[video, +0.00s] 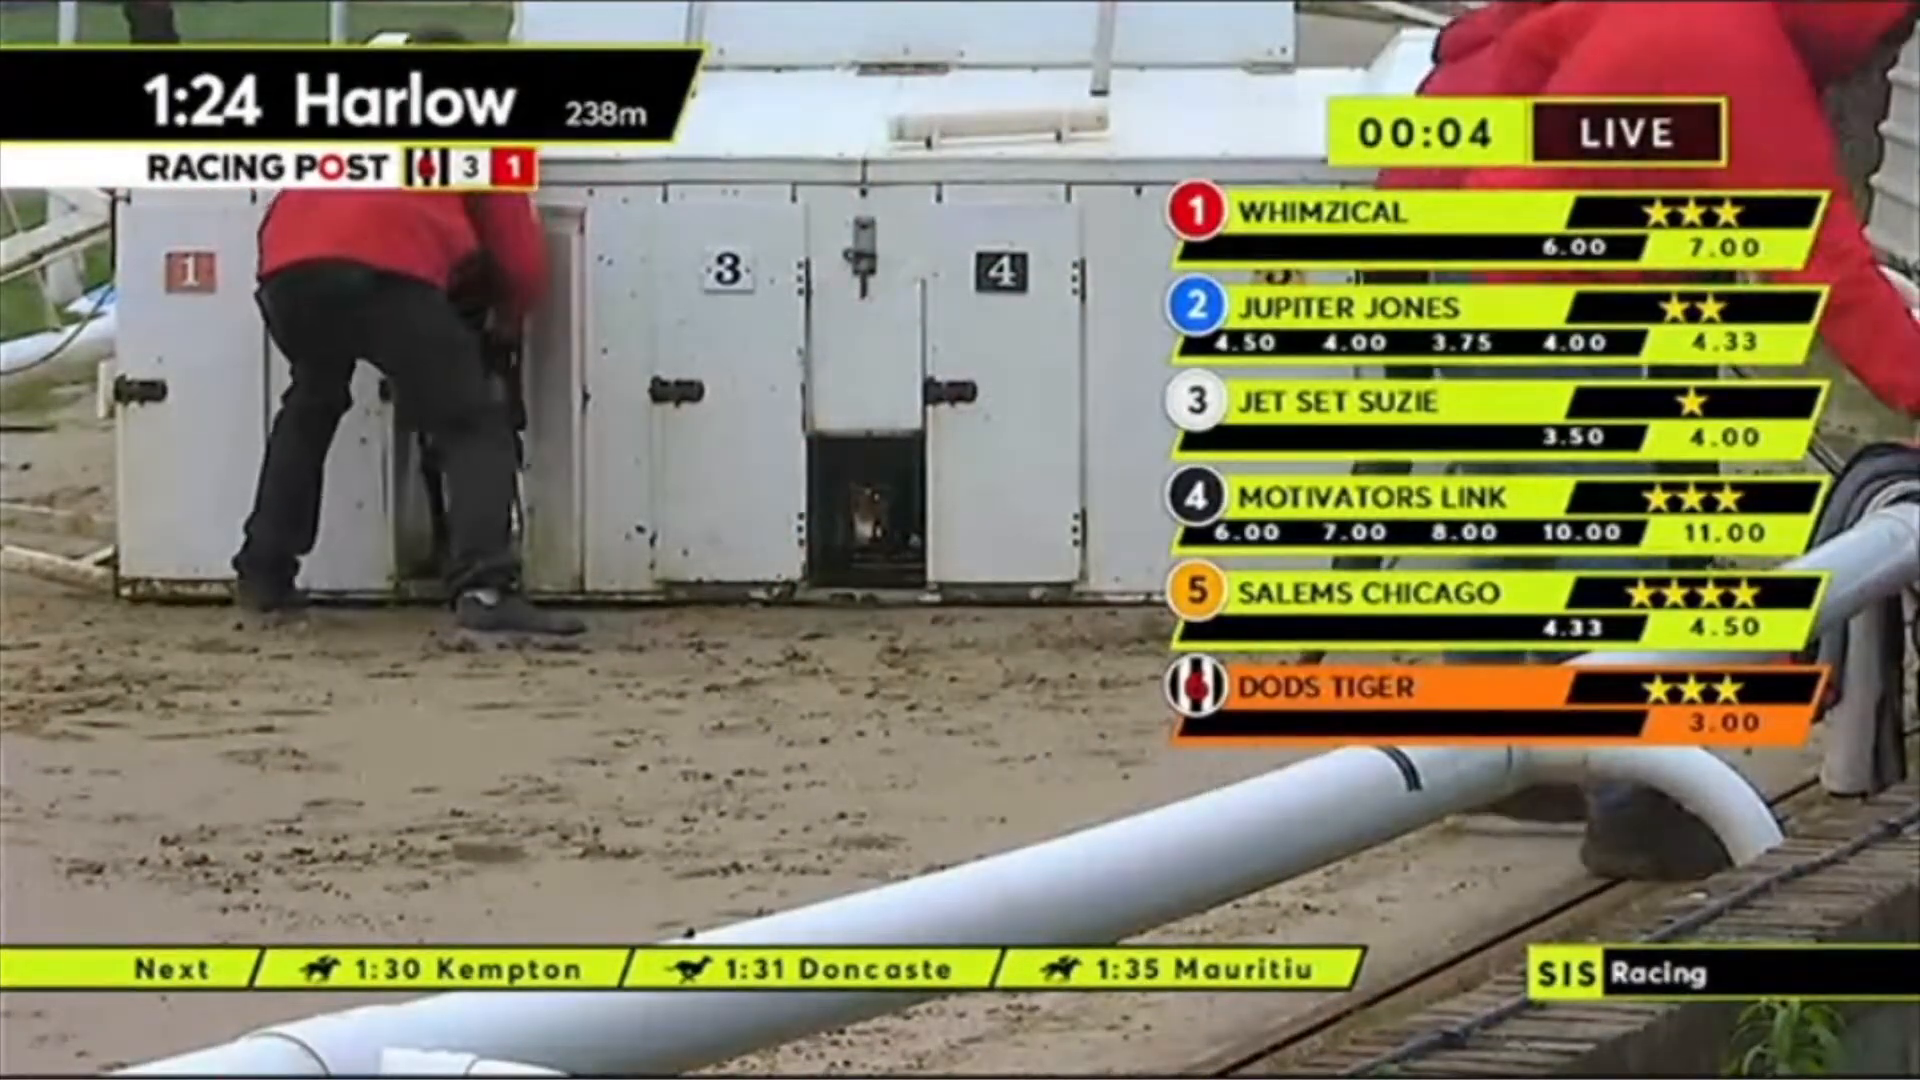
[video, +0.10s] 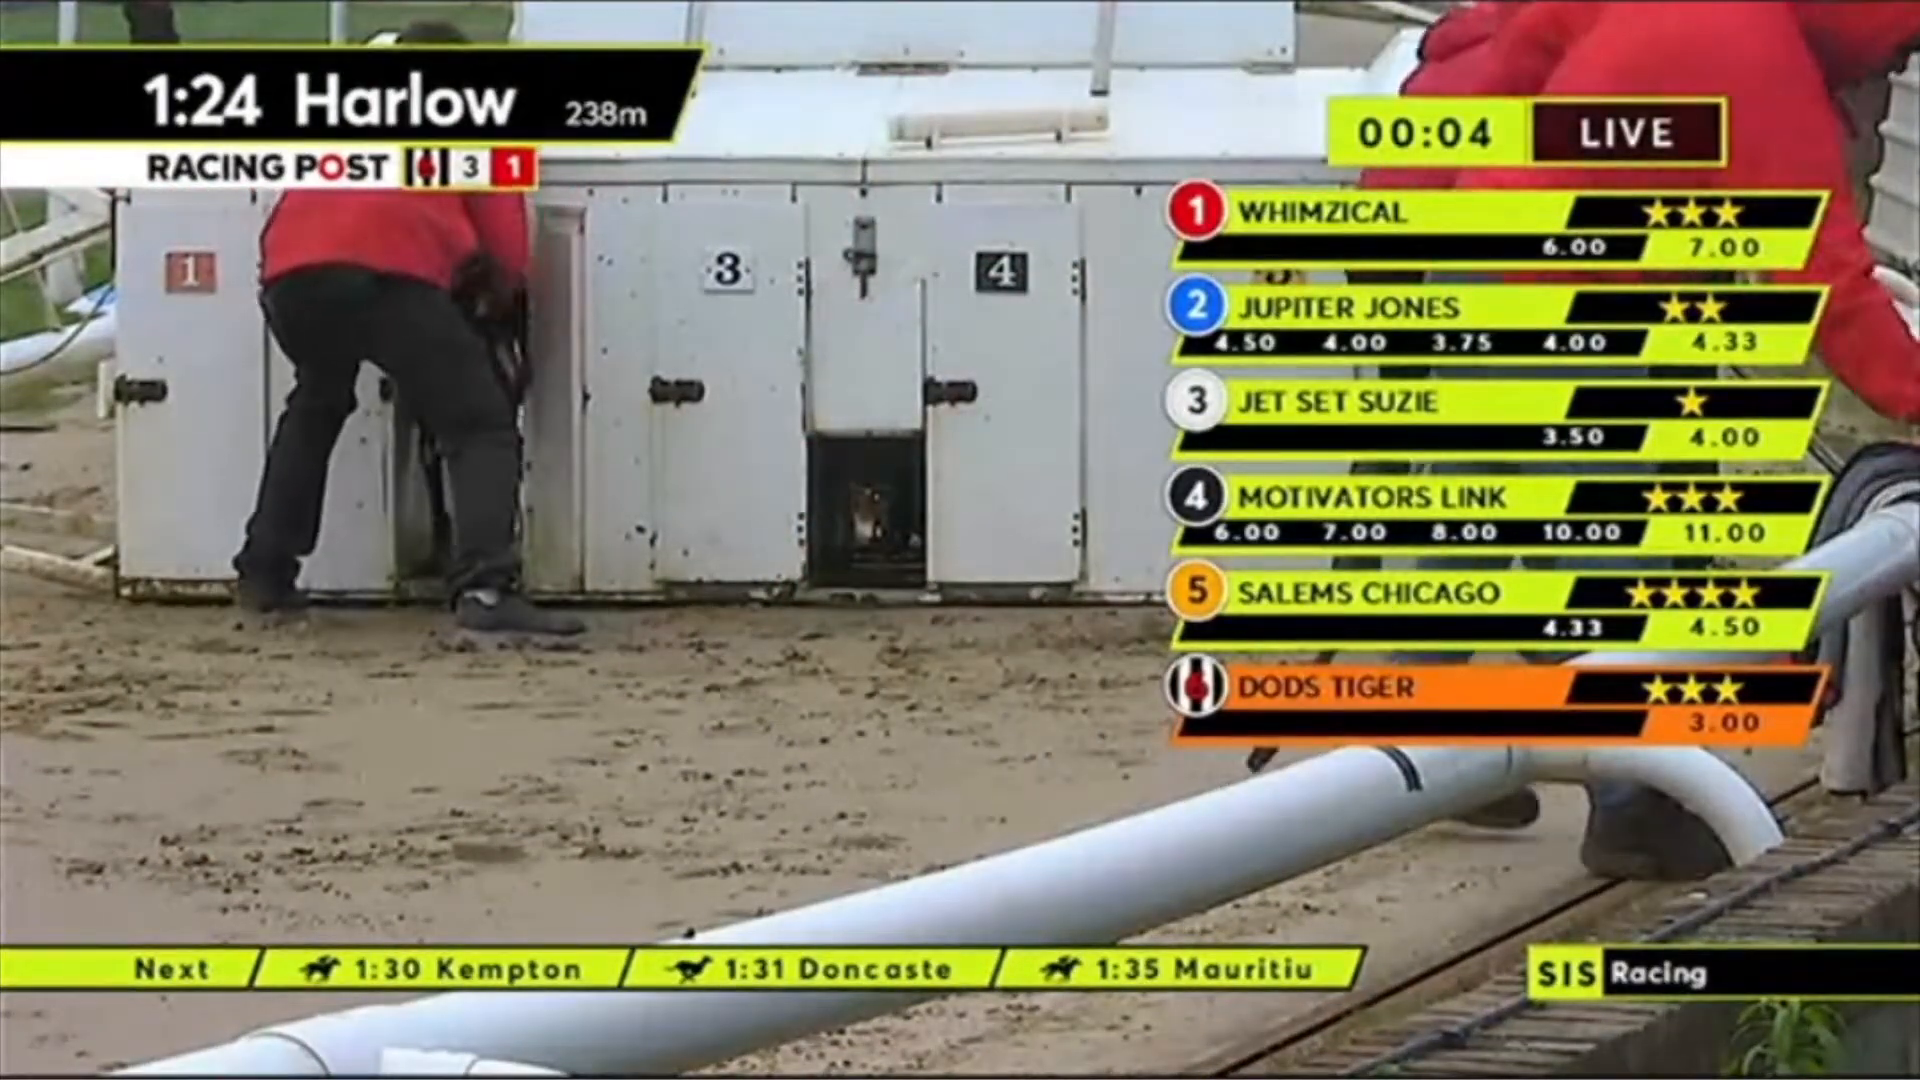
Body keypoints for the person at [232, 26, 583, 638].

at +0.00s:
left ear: (388, 73)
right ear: (471, 83)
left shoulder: (344, 123)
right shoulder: (484, 133)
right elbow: (525, 266)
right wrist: (504, 323)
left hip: (289, 271)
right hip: (391, 273)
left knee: (315, 392)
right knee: (472, 422)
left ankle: (262, 574)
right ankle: (484, 591)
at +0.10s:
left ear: (389, 59)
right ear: (464, 69)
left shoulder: (341, 114)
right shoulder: (482, 124)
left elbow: (280, 221)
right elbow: (511, 256)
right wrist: (500, 306)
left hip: (294, 278)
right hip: (397, 278)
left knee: (320, 392)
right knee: (480, 429)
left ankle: (263, 574)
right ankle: (486, 592)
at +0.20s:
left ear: (392, 65)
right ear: (469, 76)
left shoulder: (343, 119)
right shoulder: (494, 144)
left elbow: (283, 222)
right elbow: (495, 258)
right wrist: (499, 310)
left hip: (298, 275)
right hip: (401, 276)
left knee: (330, 395)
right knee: (478, 428)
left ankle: (266, 573)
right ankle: (487, 591)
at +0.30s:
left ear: (403, 57)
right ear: (474, 72)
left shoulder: (348, 107)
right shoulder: (493, 137)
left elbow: (284, 216)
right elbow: (489, 251)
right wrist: (505, 323)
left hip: (301, 270)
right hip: (401, 273)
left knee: (329, 394)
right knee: (474, 424)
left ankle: (265, 574)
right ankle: (485, 590)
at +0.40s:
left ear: (399, 61)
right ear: (472, 73)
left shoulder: (345, 107)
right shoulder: (489, 129)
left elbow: (282, 215)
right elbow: (476, 241)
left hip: (299, 269)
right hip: (398, 273)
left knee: (322, 396)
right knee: (474, 425)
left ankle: (264, 575)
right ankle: (484, 590)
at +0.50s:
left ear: (376, 72)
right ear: (463, 86)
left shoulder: (336, 115)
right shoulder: (475, 129)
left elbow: (275, 215)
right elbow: (482, 253)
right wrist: (447, 333)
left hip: (290, 259)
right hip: (388, 264)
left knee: (312, 397)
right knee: (462, 422)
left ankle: (263, 574)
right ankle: (484, 590)